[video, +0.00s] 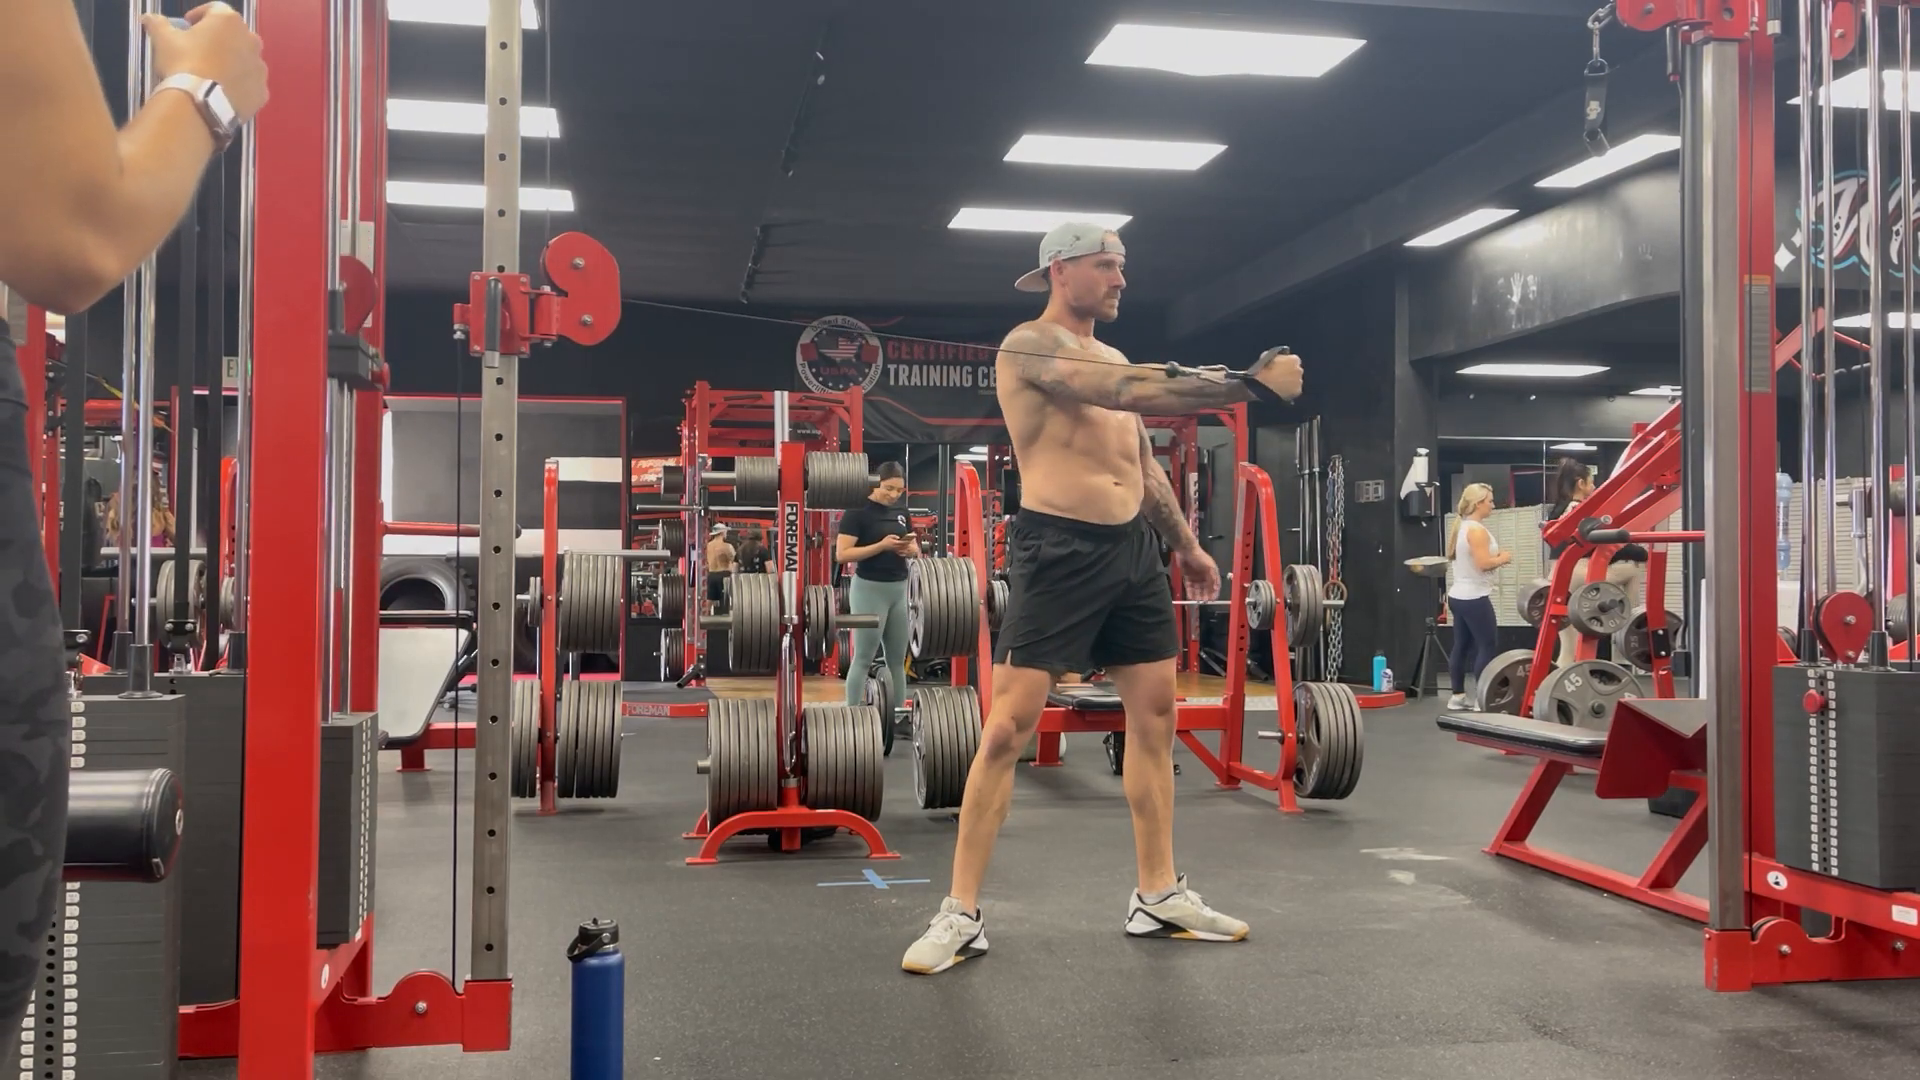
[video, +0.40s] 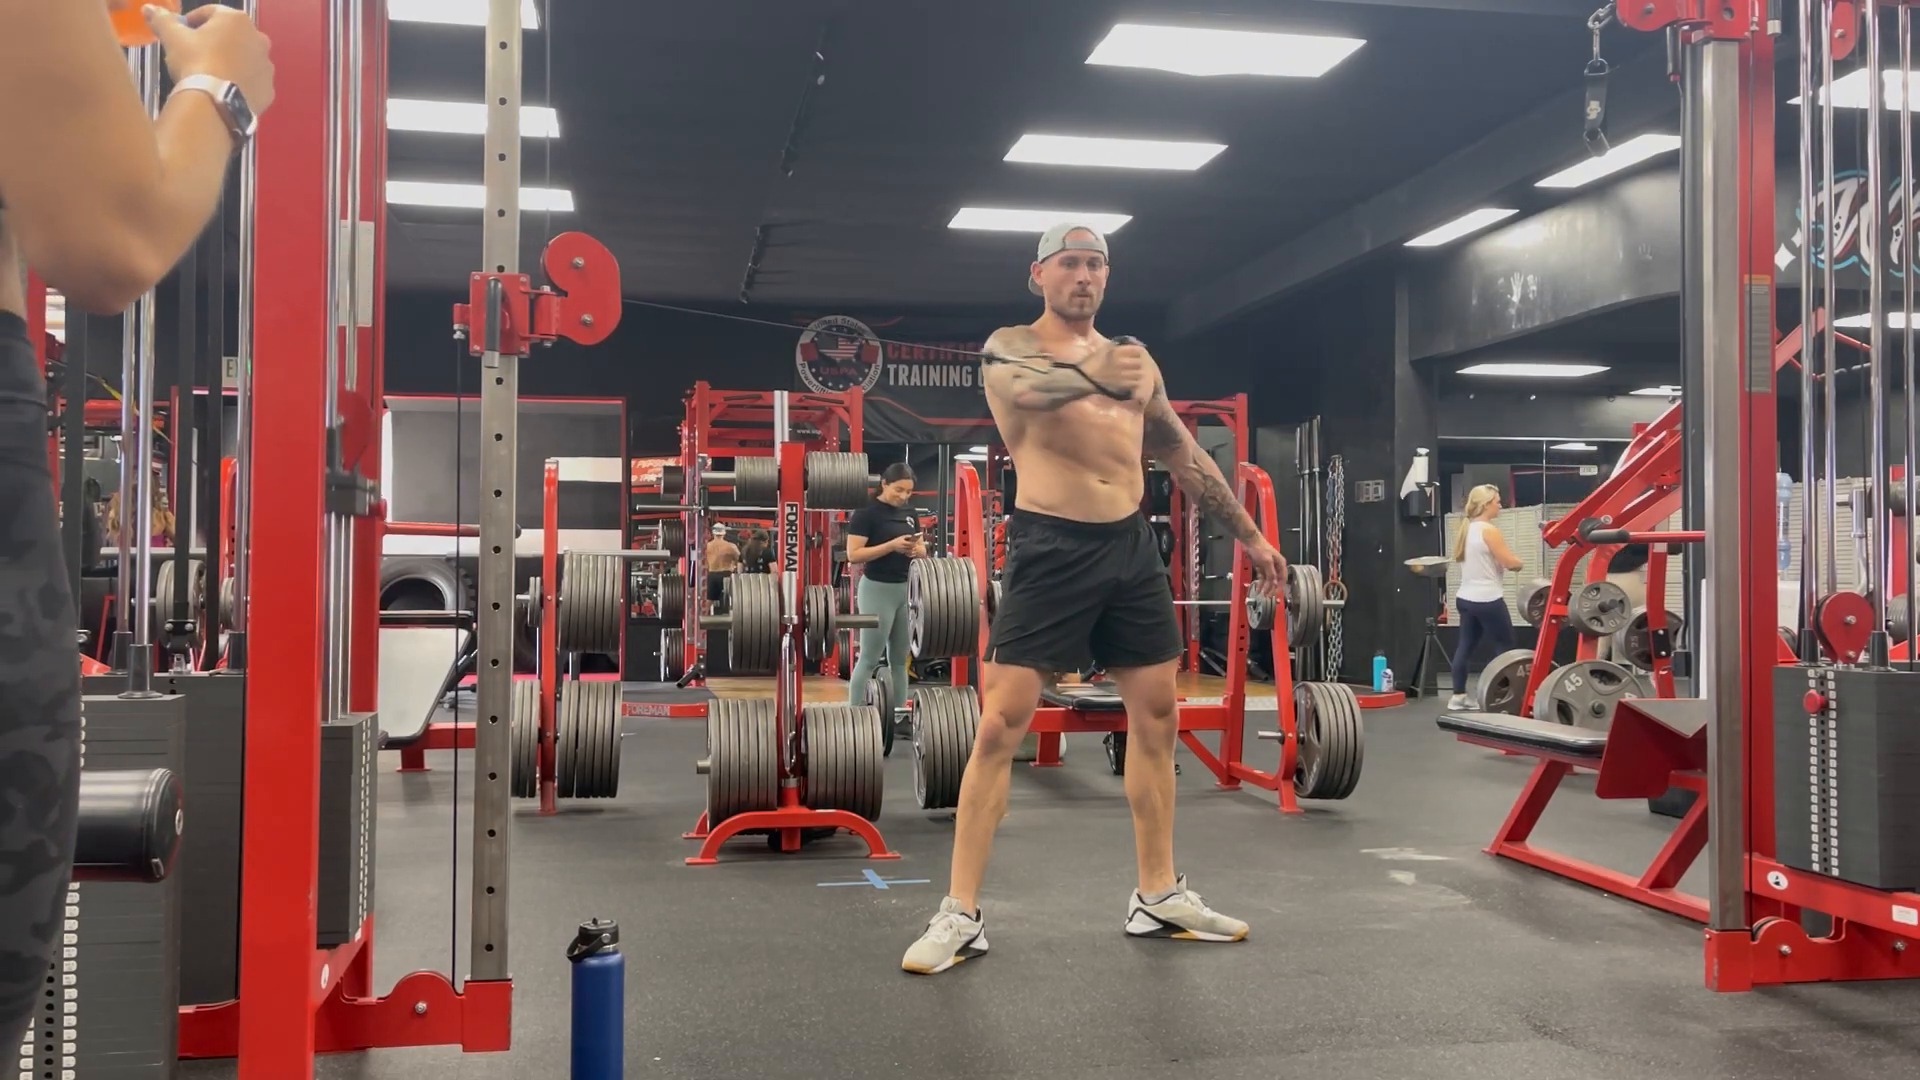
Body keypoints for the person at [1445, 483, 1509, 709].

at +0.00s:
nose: (1492, 505)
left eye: (1492, 501)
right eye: (1490, 501)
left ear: (1472, 504)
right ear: (1478, 504)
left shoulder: (1461, 527)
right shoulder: (1477, 530)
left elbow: (1463, 558)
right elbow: (1482, 563)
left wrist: (1496, 557)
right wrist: (1502, 559)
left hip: (1458, 595)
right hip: (1475, 598)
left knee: (1460, 645)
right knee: (1487, 646)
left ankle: (1458, 695)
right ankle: (1482, 697)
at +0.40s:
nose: (1499, 506)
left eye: (1499, 502)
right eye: (1497, 502)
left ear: (1477, 505)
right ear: (1486, 505)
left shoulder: (1467, 528)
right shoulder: (1489, 531)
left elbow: (1470, 559)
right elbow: (1510, 562)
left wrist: (1501, 563)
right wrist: (1518, 564)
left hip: (1466, 598)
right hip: (1488, 601)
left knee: (1464, 648)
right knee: (1506, 647)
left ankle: (1458, 695)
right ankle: (1508, 696)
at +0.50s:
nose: (1505, 506)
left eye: (1504, 502)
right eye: (1502, 502)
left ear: (1483, 506)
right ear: (1493, 505)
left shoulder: (1472, 529)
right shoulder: (1495, 531)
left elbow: (1470, 559)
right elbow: (1519, 563)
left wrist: (1507, 562)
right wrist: (1527, 565)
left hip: (1473, 599)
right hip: (1496, 600)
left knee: (1474, 647)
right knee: (1511, 647)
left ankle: (1460, 695)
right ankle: (1509, 696)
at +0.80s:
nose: (1520, 503)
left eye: (1519, 499)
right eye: (1518, 499)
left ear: (1496, 504)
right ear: (1510, 504)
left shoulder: (1486, 530)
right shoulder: (1516, 530)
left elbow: (1501, 561)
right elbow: (1543, 560)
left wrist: (1533, 566)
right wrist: (1548, 568)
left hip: (1486, 599)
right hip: (1507, 600)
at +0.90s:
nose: (1524, 503)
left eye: (1522, 500)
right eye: (1521, 500)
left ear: (1499, 505)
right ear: (1514, 504)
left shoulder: (1490, 530)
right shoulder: (1521, 530)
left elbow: (1511, 565)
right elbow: (1543, 560)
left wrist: (1542, 573)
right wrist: (1556, 575)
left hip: (1488, 598)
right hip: (1509, 599)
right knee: (1518, 643)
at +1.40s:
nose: (1532, 506)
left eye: (1531, 502)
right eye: (1530, 502)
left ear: (1508, 506)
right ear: (1522, 506)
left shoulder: (1501, 530)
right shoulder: (1529, 529)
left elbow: (1499, 559)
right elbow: (1554, 556)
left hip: (1506, 595)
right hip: (1529, 596)